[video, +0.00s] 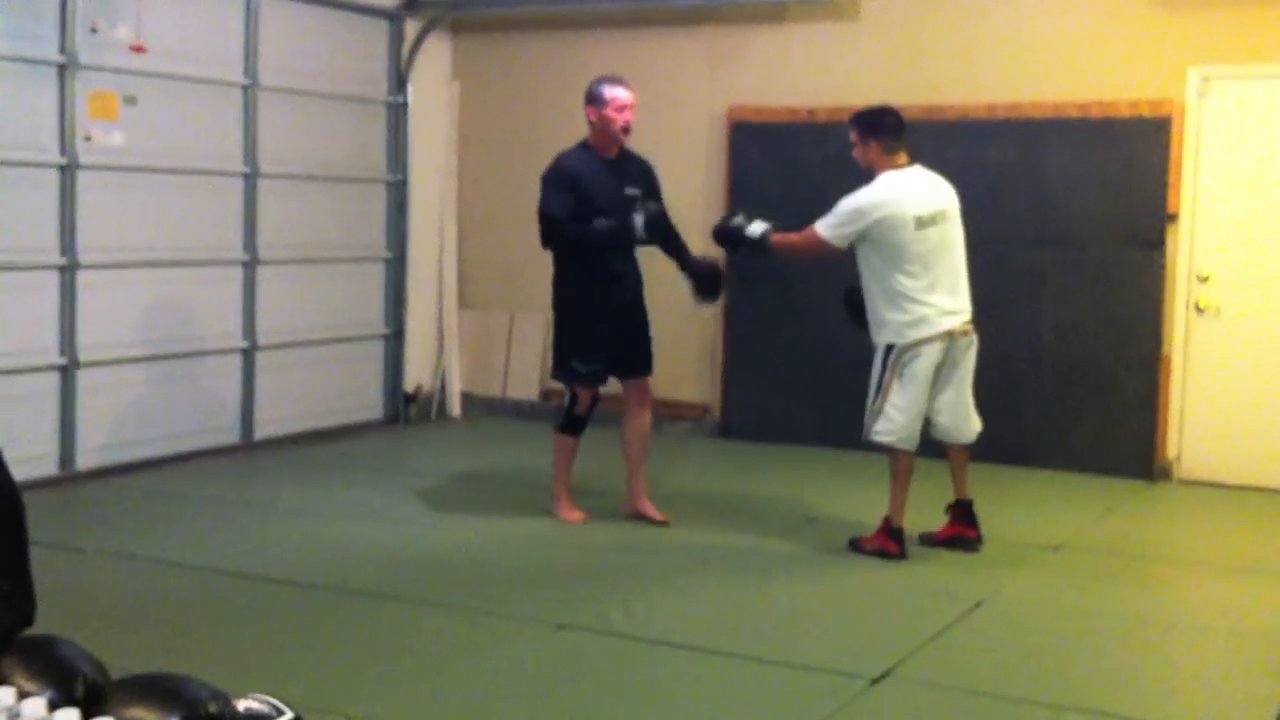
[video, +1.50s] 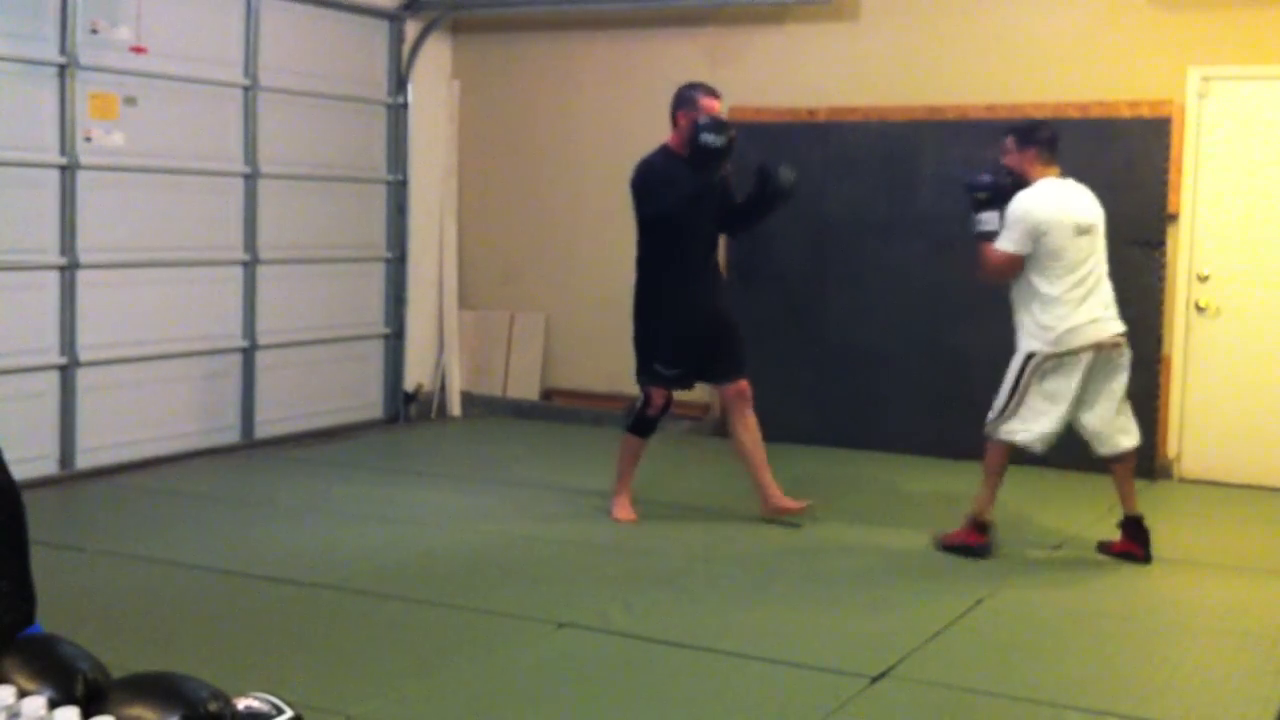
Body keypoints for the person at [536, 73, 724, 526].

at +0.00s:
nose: (629, 118)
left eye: (632, 109)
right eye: (620, 109)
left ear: (633, 113)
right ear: (592, 113)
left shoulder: (638, 169)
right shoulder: (566, 170)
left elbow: (659, 226)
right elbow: (552, 236)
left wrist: (691, 266)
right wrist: (617, 228)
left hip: (626, 296)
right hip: (580, 298)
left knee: (638, 392)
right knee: (584, 394)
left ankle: (637, 496)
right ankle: (561, 496)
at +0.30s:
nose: (624, 121)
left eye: (627, 112)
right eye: (615, 113)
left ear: (629, 114)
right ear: (589, 116)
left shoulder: (638, 167)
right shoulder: (563, 169)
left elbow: (675, 220)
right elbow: (544, 234)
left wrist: (680, 190)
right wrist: (604, 211)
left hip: (624, 299)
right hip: (577, 301)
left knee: (639, 393)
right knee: (580, 396)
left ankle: (642, 492)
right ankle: (561, 494)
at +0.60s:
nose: (639, 120)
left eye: (641, 111)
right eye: (629, 111)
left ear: (645, 115)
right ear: (604, 118)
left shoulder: (655, 169)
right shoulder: (576, 172)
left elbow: (673, 232)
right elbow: (547, 231)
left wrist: (663, 211)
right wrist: (607, 223)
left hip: (640, 297)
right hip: (591, 299)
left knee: (665, 387)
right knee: (586, 396)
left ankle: (665, 489)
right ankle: (561, 493)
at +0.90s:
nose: (680, 116)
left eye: (681, 108)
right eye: (669, 109)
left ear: (680, 114)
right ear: (643, 117)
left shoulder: (691, 170)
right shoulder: (616, 173)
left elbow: (721, 224)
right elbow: (591, 232)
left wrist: (738, 221)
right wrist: (649, 211)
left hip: (674, 298)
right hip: (626, 299)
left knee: (681, 397)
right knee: (619, 399)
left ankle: (690, 496)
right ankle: (571, 486)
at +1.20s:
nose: (693, 117)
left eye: (695, 109)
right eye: (684, 109)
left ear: (693, 114)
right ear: (657, 114)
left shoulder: (697, 164)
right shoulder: (633, 170)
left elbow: (719, 226)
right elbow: (642, 217)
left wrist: (751, 211)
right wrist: (685, 158)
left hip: (690, 296)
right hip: (645, 298)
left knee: (707, 392)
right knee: (650, 399)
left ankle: (695, 494)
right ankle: (621, 496)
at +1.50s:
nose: (715, 129)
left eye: (719, 121)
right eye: (707, 120)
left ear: (718, 123)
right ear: (680, 118)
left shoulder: (710, 168)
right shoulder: (654, 171)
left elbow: (730, 222)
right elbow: (673, 222)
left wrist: (768, 195)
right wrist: (706, 162)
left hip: (706, 298)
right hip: (661, 300)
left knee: (738, 392)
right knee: (656, 399)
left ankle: (771, 496)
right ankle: (621, 494)